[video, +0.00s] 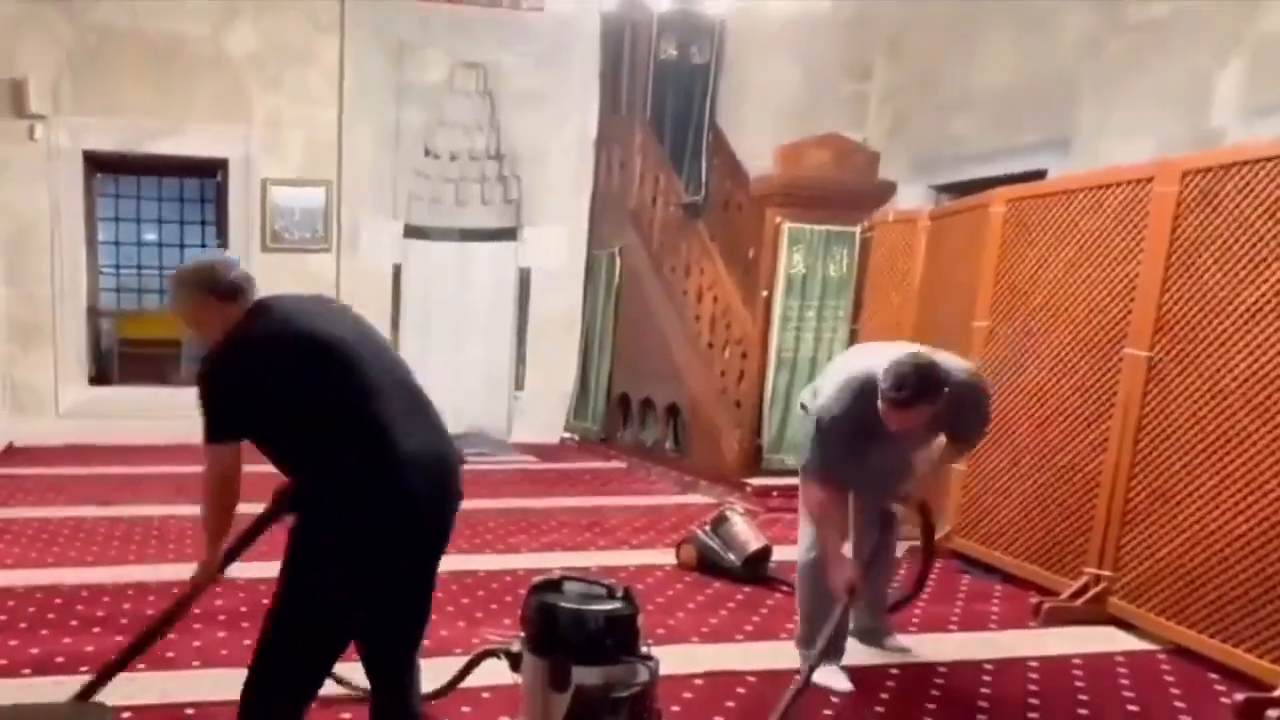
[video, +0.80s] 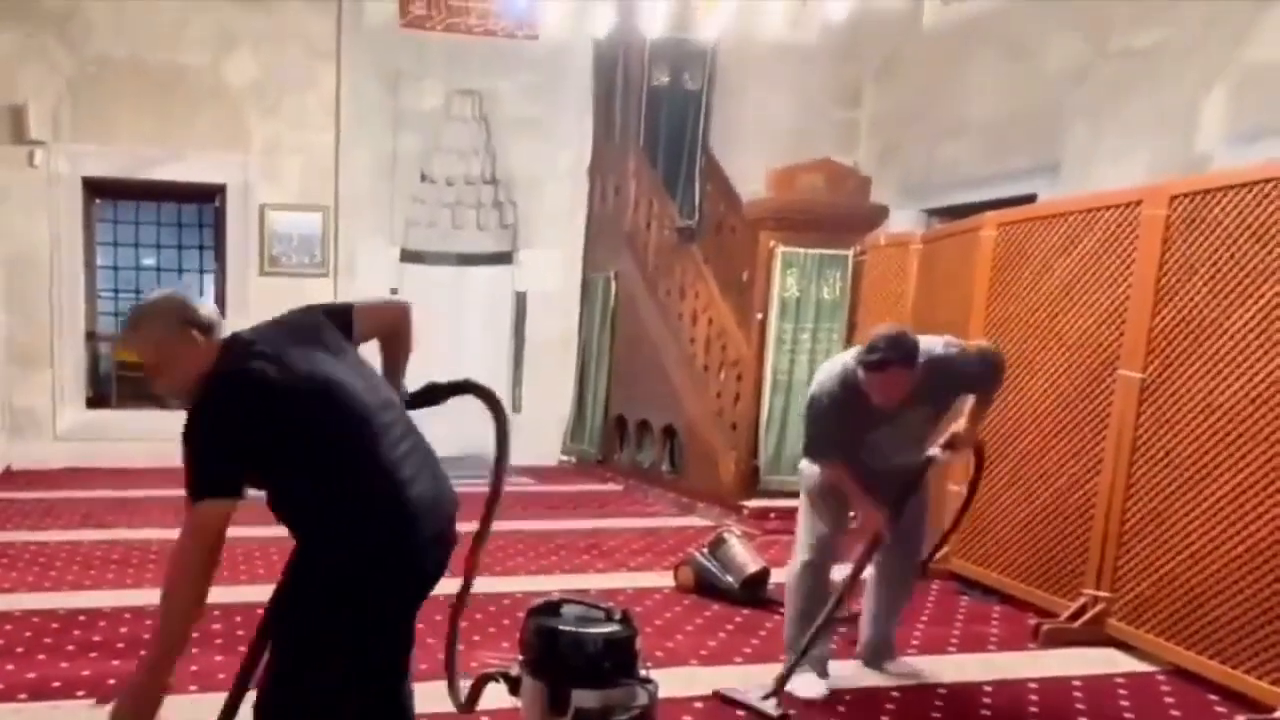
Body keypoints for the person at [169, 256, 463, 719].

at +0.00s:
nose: (195, 335)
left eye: (192, 322)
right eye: (188, 324)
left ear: (209, 307)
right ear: (243, 291)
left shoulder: (227, 364)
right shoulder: (315, 311)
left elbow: (223, 479)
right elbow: (361, 401)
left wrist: (211, 556)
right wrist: (304, 477)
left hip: (354, 501)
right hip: (433, 481)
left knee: (286, 666)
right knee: (393, 656)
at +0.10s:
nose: (209, 335)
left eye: (206, 321)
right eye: (203, 323)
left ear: (221, 306)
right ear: (259, 288)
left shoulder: (245, 357)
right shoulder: (340, 304)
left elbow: (252, 468)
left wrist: (258, 541)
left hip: (363, 505)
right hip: (443, 492)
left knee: (295, 667)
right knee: (400, 666)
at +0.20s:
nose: (216, 332)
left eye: (214, 317)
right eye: (210, 320)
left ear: (238, 298)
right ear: (269, 286)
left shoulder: (252, 352)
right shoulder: (348, 298)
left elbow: (276, 472)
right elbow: (443, 343)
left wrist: (300, 536)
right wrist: (421, 432)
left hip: (374, 495)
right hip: (451, 479)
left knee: (305, 664)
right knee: (404, 658)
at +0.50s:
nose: (208, 338)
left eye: (207, 322)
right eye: (201, 326)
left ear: (241, 301)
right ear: (251, 298)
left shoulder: (257, 359)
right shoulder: (343, 304)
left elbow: (282, 489)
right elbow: (442, 318)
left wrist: (297, 545)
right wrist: (435, 412)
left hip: (381, 509)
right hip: (455, 489)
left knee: (321, 671)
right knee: (409, 665)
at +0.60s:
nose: (200, 352)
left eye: (199, 337)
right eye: (193, 341)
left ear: (233, 312)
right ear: (243, 309)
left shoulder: (250, 376)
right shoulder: (336, 312)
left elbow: (263, 504)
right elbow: (431, 318)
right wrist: (425, 407)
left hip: (377, 519)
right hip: (450, 497)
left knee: (318, 682)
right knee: (401, 671)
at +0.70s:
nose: (185, 366)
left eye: (185, 351)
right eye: (177, 356)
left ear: (218, 324)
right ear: (226, 322)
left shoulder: (240, 393)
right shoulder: (321, 320)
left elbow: (233, 531)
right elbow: (418, 317)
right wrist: (407, 405)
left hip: (370, 532)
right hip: (441, 508)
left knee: (305, 695)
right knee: (388, 678)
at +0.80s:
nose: (155, 385)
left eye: (156, 368)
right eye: (148, 373)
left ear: (193, 341)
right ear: (200, 335)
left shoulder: (217, 410)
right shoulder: (297, 326)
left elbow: (199, 550)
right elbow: (395, 315)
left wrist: (153, 676)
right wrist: (392, 394)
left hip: (362, 543)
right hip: (429, 511)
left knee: (289, 699)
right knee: (375, 683)